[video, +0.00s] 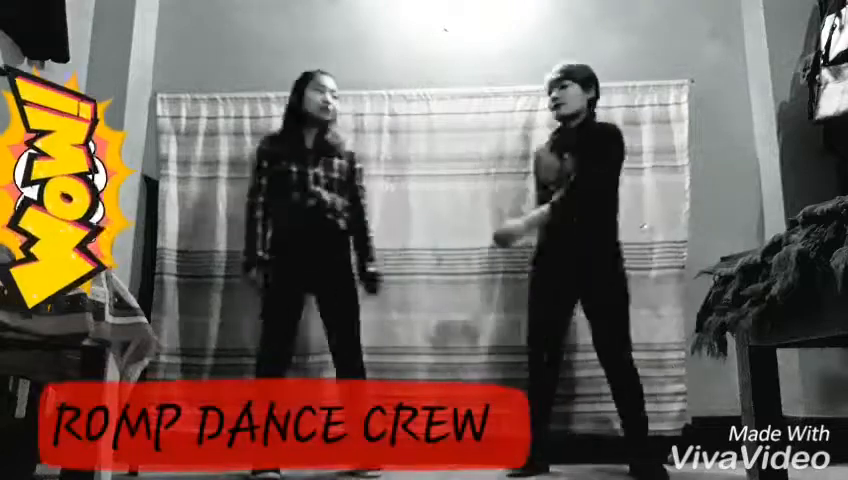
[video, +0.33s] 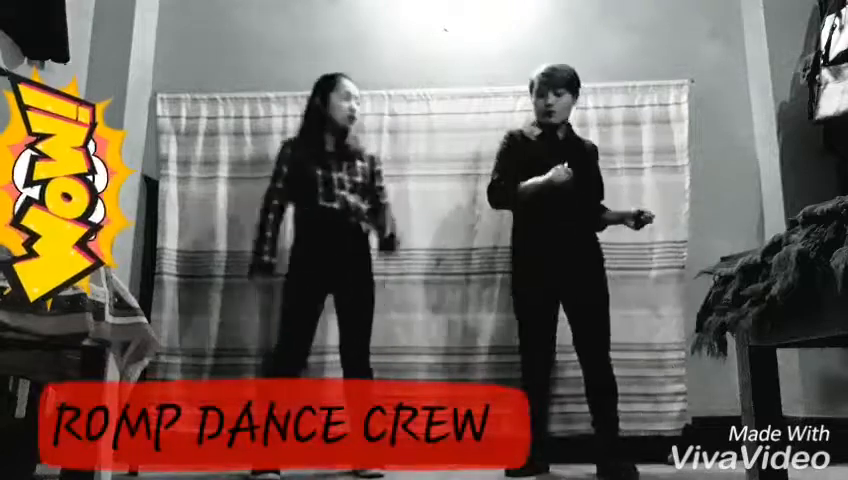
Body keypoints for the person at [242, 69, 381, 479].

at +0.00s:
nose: (330, 99)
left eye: (334, 93)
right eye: (321, 91)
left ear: (337, 103)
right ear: (299, 97)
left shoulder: (343, 154)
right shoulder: (272, 149)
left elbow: (358, 213)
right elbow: (257, 205)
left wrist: (368, 263)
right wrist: (255, 257)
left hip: (334, 265)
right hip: (286, 264)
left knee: (349, 356)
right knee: (274, 355)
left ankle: (360, 446)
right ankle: (262, 447)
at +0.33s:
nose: (354, 106)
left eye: (357, 99)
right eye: (345, 98)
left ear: (357, 107)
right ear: (321, 102)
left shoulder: (365, 157)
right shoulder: (296, 151)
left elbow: (378, 203)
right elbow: (274, 202)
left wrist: (387, 231)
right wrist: (264, 253)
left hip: (354, 260)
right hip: (310, 259)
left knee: (357, 354)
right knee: (292, 351)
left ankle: (363, 446)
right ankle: (266, 443)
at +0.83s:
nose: (344, 116)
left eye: (352, 110)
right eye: (336, 109)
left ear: (365, 118)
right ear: (327, 116)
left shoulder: (379, 160)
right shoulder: (312, 163)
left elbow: (394, 209)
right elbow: (298, 219)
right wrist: (294, 267)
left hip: (365, 267)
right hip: (325, 267)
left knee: (359, 352)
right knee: (325, 353)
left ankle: (367, 430)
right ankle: (328, 432)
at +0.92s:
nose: (345, 111)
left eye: (353, 106)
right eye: (337, 105)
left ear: (365, 115)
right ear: (326, 114)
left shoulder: (378, 160)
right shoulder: (309, 159)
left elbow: (392, 216)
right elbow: (295, 214)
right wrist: (291, 262)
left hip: (365, 265)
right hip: (323, 264)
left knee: (354, 344)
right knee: (326, 345)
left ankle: (357, 420)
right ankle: (328, 420)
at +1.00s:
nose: (348, 107)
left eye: (356, 102)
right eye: (340, 101)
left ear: (368, 112)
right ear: (328, 110)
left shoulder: (382, 159)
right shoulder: (310, 156)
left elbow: (400, 212)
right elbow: (285, 202)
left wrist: (418, 259)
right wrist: (267, 244)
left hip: (363, 264)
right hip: (322, 262)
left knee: (352, 353)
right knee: (326, 352)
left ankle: (351, 439)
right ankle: (325, 440)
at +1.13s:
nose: (352, 100)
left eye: (360, 94)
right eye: (344, 94)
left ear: (373, 104)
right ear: (332, 103)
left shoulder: (387, 156)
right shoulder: (313, 146)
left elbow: (405, 207)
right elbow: (273, 187)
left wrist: (421, 253)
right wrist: (241, 229)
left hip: (363, 261)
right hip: (319, 259)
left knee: (351, 354)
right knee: (314, 352)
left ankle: (349, 446)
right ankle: (314, 441)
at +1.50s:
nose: (324, 86)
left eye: (333, 81)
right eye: (316, 81)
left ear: (348, 96)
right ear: (305, 95)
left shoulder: (363, 131)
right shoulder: (289, 129)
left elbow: (414, 145)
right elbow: (247, 114)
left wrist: (397, 184)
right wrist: (242, 113)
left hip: (340, 245)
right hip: (295, 244)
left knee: (338, 351)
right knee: (275, 349)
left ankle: (344, 454)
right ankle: (255, 451)